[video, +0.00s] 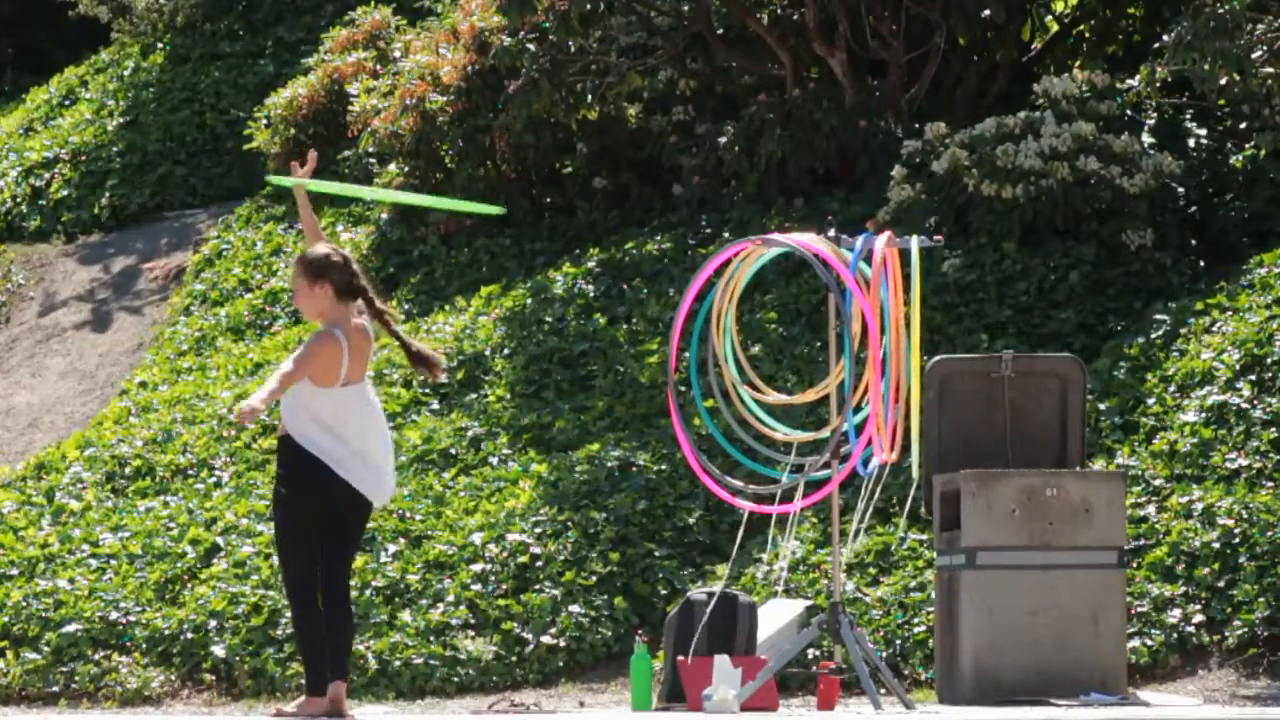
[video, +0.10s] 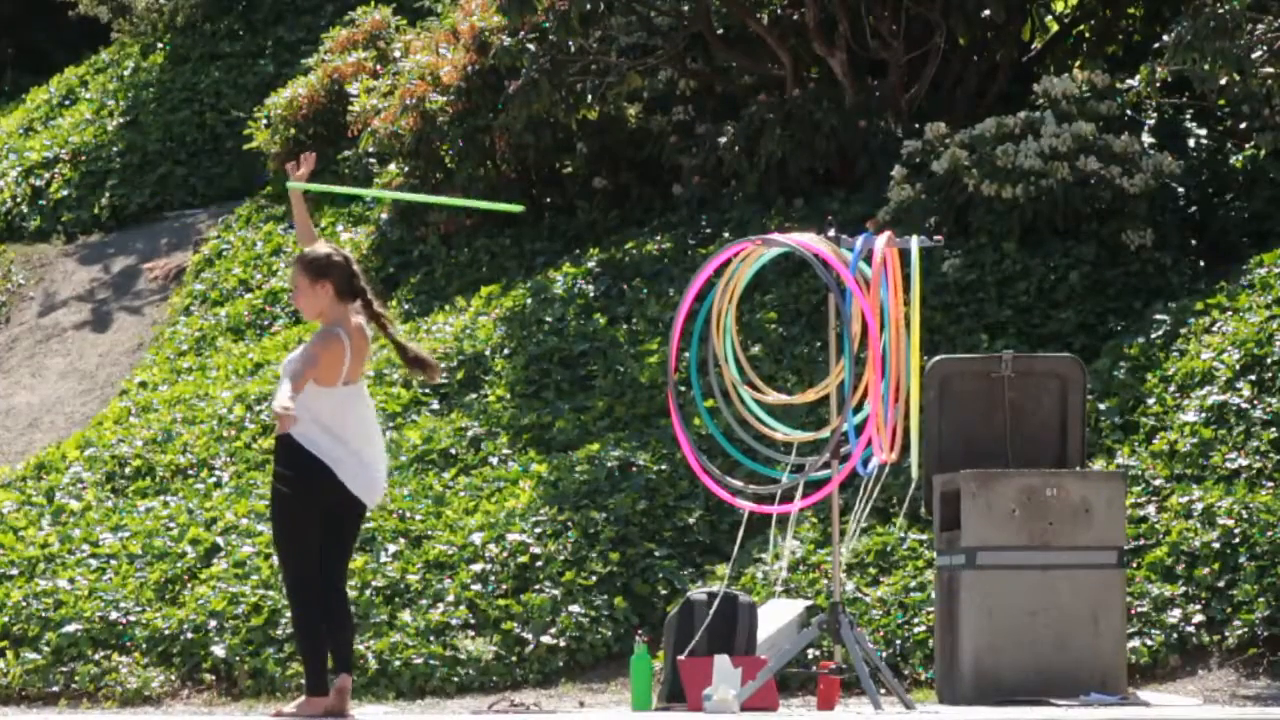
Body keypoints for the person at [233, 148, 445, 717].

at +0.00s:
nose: (295, 299)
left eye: (300, 289)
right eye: (295, 289)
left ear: (326, 288)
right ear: (334, 286)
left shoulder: (323, 343)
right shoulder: (362, 322)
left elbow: (285, 377)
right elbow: (323, 251)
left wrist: (256, 400)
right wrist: (301, 189)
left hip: (308, 473)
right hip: (357, 477)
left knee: (299, 579)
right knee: (337, 580)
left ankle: (318, 690)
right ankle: (337, 689)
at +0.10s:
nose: (294, 299)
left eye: (298, 290)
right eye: (293, 290)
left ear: (325, 288)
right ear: (332, 285)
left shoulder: (327, 342)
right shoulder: (357, 326)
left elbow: (293, 381)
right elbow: (313, 249)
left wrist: (282, 402)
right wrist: (296, 190)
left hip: (307, 464)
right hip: (353, 469)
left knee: (301, 577)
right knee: (331, 578)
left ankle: (316, 692)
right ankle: (340, 683)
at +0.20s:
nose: (293, 295)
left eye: (298, 287)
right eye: (293, 286)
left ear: (325, 288)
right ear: (330, 286)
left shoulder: (331, 337)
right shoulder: (351, 327)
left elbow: (321, 379)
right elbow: (304, 253)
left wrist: (307, 402)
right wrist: (290, 189)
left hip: (305, 464)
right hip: (346, 469)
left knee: (300, 579)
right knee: (325, 578)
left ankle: (317, 691)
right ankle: (351, 666)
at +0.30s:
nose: (294, 293)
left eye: (301, 286)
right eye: (296, 285)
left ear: (329, 290)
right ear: (332, 287)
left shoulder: (332, 337)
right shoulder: (341, 328)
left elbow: (324, 369)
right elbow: (300, 260)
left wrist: (323, 398)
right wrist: (280, 198)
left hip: (302, 472)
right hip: (333, 476)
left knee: (301, 584)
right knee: (316, 582)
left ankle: (317, 696)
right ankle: (364, 663)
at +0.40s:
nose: (296, 292)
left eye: (303, 284)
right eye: (297, 283)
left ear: (329, 290)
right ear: (329, 288)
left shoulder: (335, 337)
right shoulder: (331, 329)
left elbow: (343, 371)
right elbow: (293, 261)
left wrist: (339, 401)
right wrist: (266, 198)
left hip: (305, 473)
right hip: (318, 475)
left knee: (300, 585)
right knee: (304, 585)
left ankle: (317, 696)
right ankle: (368, 664)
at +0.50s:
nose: (294, 290)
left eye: (302, 283)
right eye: (294, 282)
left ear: (331, 289)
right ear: (326, 288)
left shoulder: (336, 341)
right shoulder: (323, 330)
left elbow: (345, 373)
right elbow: (288, 265)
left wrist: (349, 398)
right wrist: (256, 208)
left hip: (312, 471)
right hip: (303, 469)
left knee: (297, 584)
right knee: (293, 582)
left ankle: (317, 695)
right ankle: (365, 665)